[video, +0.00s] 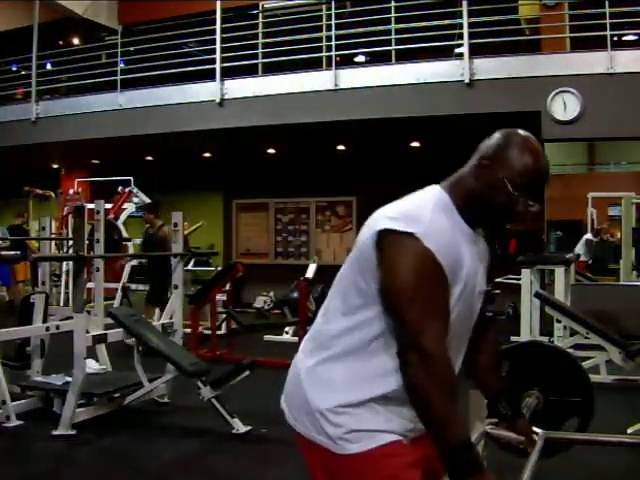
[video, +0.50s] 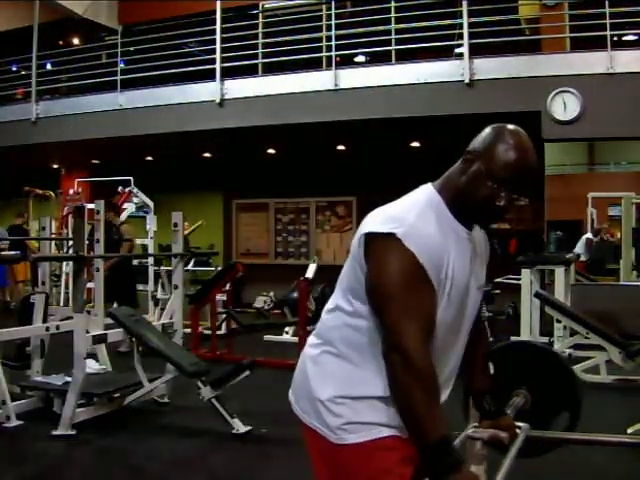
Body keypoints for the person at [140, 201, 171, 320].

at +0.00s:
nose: (144, 217)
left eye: (146, 214)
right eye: (144, 214)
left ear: (153, 215)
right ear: (149, 215)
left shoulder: (163, 230)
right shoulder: (147, 230)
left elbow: (166, 251)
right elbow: (144, 250)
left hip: (162, 269)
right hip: (152, 268)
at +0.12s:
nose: (132, 219)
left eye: (134, 216)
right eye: (132, 216)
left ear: (141, 216)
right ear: (137, 216)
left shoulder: (154, 233)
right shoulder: (136, 233)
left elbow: (162, 256)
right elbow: (134, 254)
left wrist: (163, 278)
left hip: (152, 275)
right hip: (140, 274)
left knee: (144, 308)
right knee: (142, 307)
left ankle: (133, 338)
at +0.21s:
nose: (125, 220)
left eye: (126, 216)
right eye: (124, 217)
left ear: (133, 216)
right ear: (133, 216)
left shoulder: (149, 233)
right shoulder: (131, 233)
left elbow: (153, 258)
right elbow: (125, 254)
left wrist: (152, 279)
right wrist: (111, 264)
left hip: (143, 276)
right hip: (132, 275)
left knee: (141, 309)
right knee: (129, 307)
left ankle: (140, 339)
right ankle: (130, 337)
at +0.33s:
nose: (116, 217)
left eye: (117, 214)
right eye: (115, 214)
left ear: (124, 213)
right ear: (123, 213)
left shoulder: (138, 229)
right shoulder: (122, 229)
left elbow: (139, 254)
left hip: (134, 273)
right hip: (121, 270)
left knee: (130, 305)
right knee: (118, 303)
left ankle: (131, 338)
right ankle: (126, 336)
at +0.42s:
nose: (108, 216)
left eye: (110, 212)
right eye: (108, 212)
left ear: (118, 213)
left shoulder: (131, 229)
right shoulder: (115, 229)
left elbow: (130, 253)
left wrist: (115, 270)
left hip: (129, 271)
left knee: (127, 304)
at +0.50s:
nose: (105, 218)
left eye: (107, 214)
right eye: (104, 215)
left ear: (113, 215)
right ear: (106, 216)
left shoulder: (125, 229)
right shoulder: (105, 230)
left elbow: (124, 252)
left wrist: (107, 264)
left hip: (123, 273)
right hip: (110, 273)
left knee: (126, 306)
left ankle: (128, 338)